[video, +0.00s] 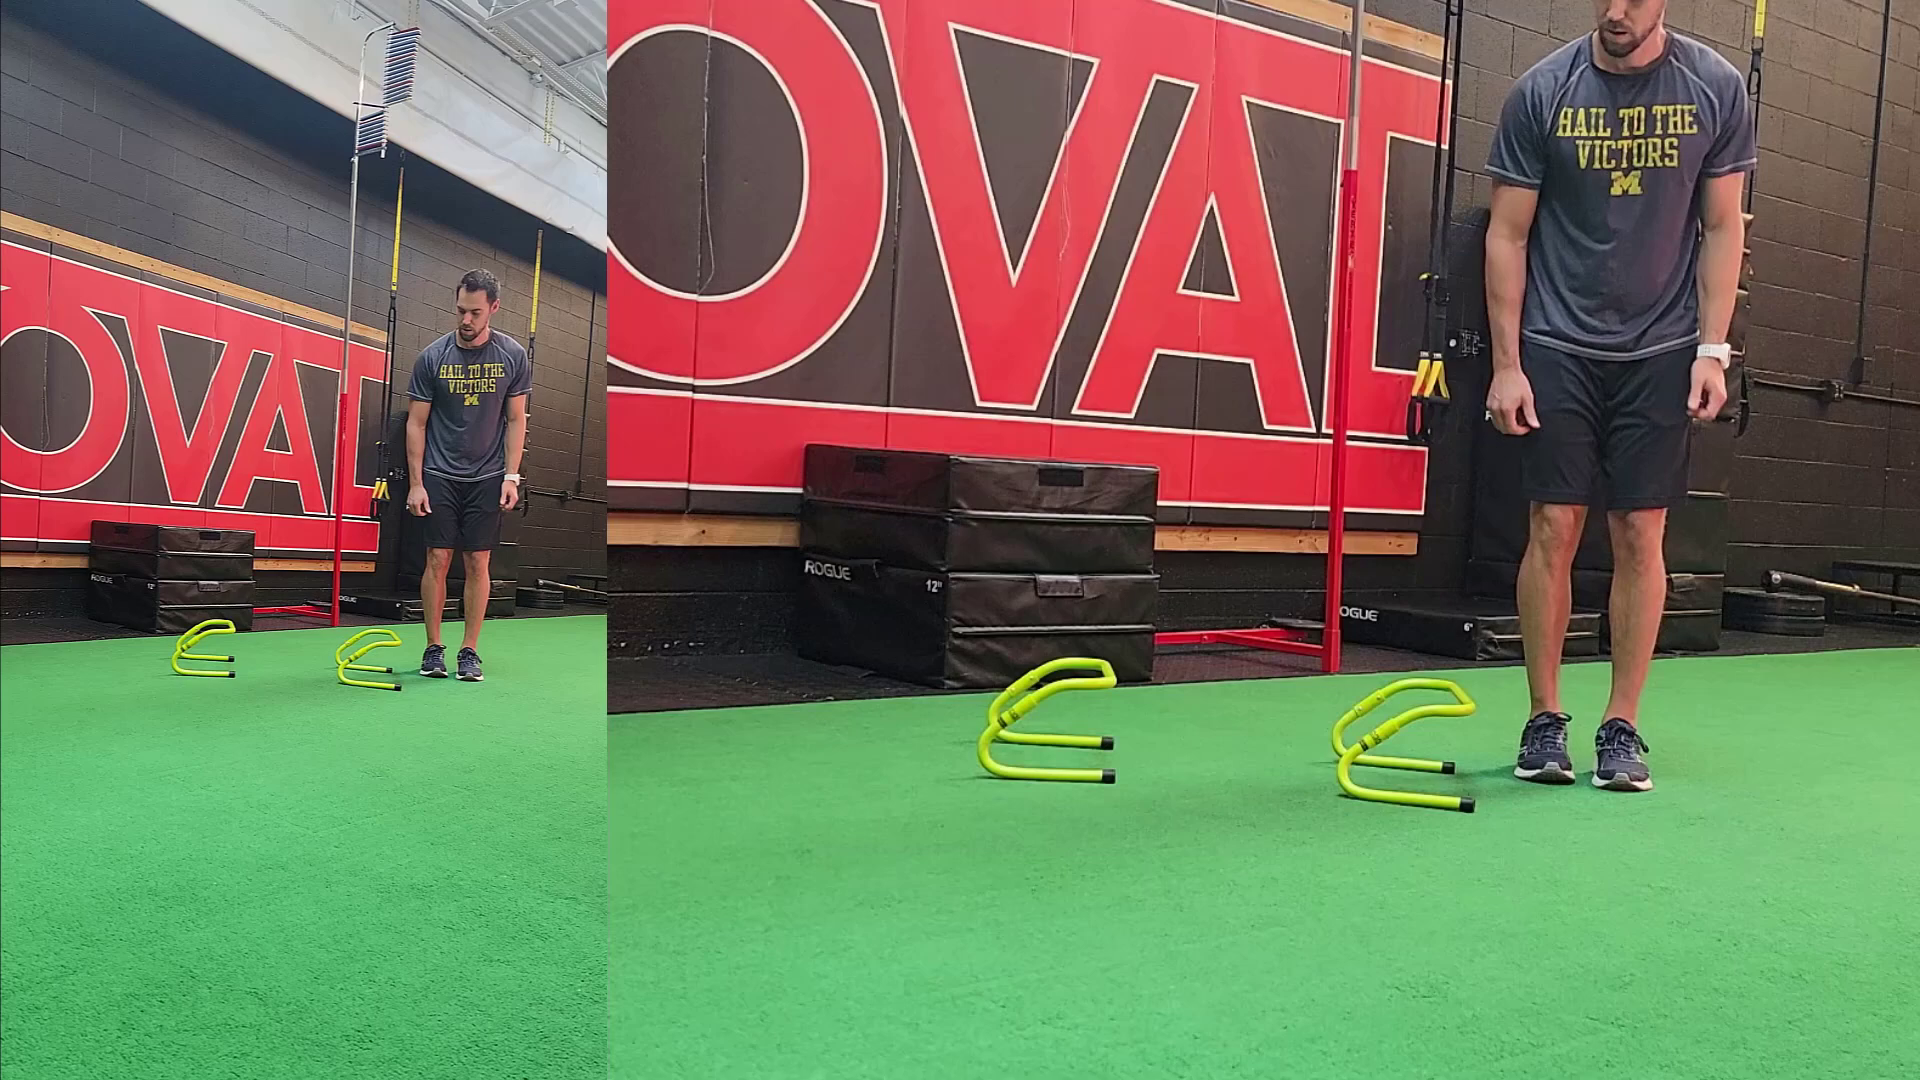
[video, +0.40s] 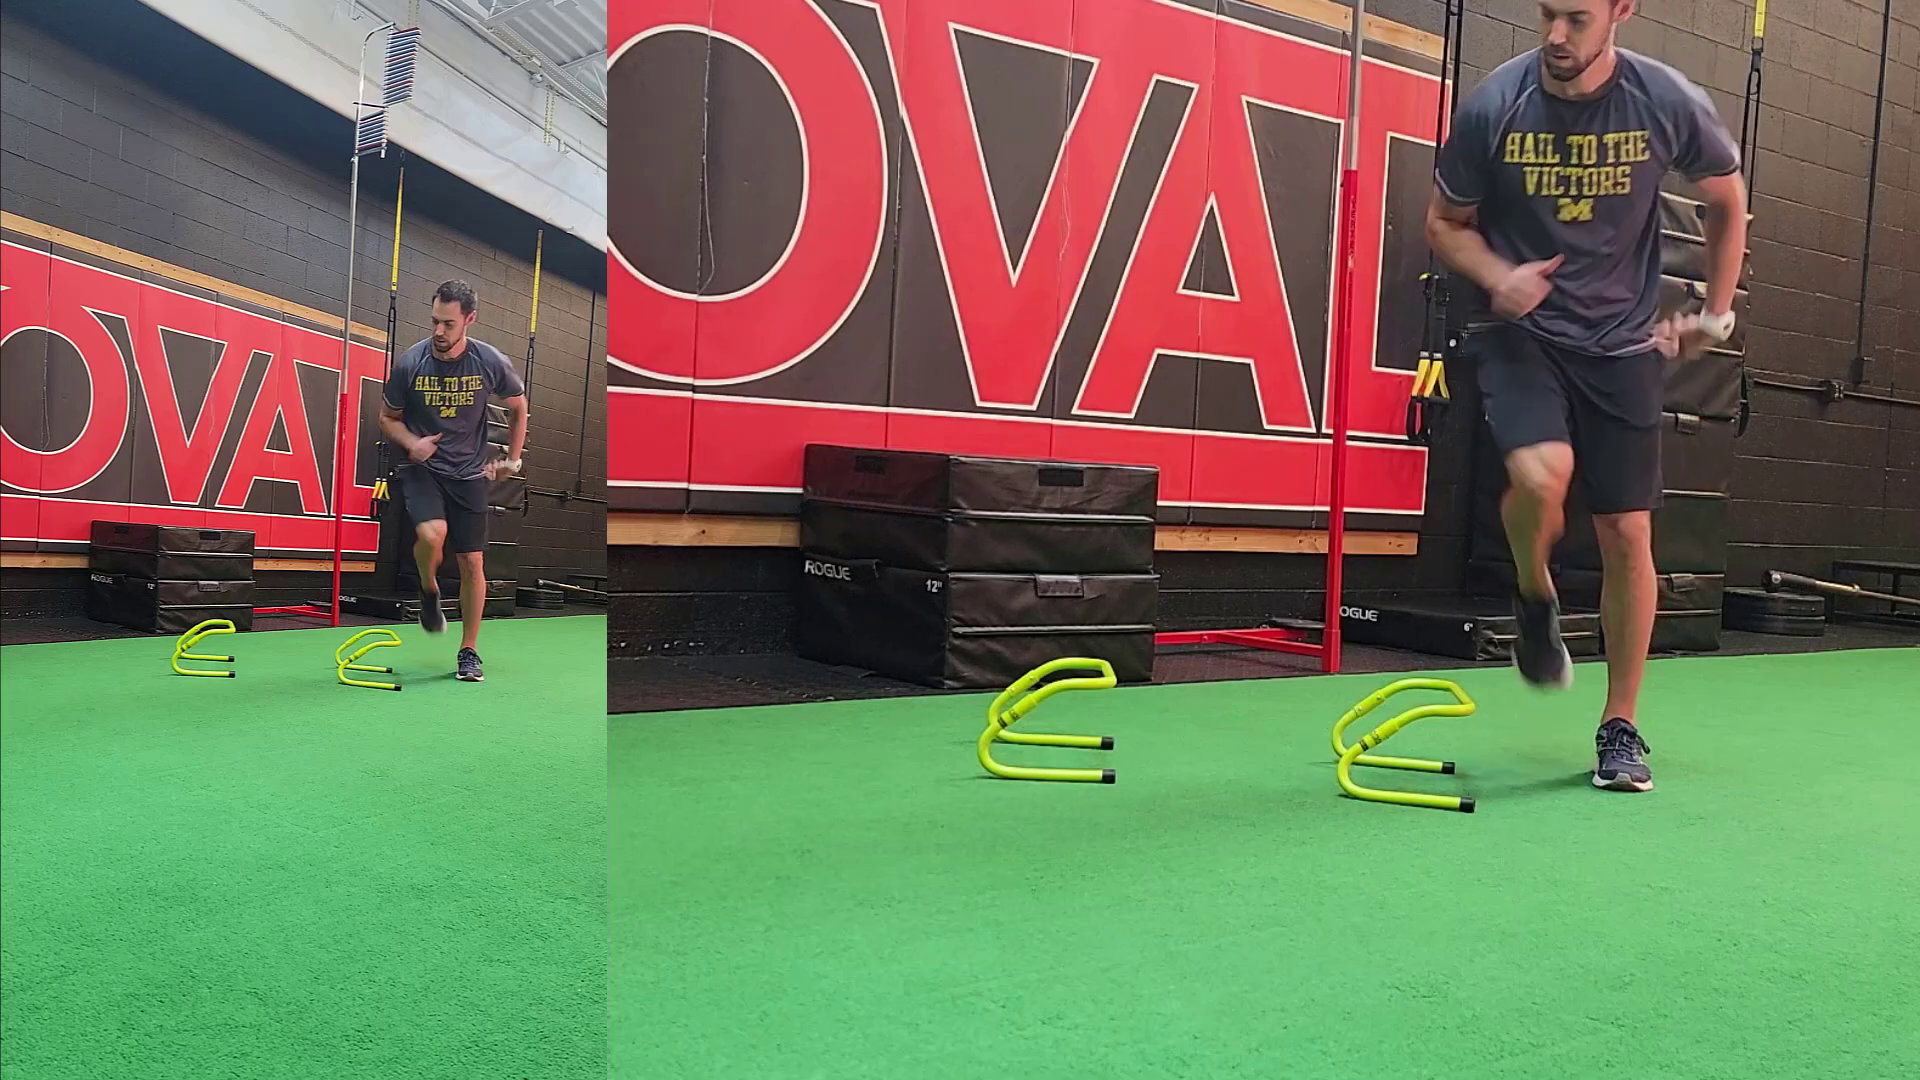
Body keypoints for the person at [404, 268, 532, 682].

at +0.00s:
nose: (466, 320)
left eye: (475, 312)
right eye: (461, 311)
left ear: (493, 308)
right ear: (455, 307)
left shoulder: (513, 357)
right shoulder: (432, 357)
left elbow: (517, 419)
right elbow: (416, 423)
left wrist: (511, 476)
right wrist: (415, 482)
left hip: (487, 477)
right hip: (439, 475)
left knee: (478, 561)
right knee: (438, 560)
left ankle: (470, 650)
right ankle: (433, 647)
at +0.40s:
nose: (439, 331)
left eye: (448, 323)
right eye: (435, 321)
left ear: (469, 320)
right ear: (430, 316)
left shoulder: (491, 363)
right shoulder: (409, 364)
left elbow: (518, 406)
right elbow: (387, 418)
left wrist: (513, 459)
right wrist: (411, 443)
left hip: (470, 473)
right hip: (422, 468)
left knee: (471, 560)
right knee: (432, 533)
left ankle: (468, 650)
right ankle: (430, 591)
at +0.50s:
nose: (427, 336)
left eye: (435, 328)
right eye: (422, 327)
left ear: (457, 326)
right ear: (417, 322)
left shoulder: (478, 374)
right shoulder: (397, 370)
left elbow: (494, 434)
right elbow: (377, 426)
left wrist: (500, 493)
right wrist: (372, 477)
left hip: (456, 474)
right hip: (406, 466)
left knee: (466, 564)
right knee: (408, 519)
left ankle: (468, 649)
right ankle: (398, 559)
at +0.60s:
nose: (408, 331)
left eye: (417, 324)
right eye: (404, 322)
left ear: (439, 321)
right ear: (398, 318)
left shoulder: (461, 369)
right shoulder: (379, 369)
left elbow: (473, 428)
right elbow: (350, 419)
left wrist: (464, 464)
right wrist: (336, 474)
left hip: (442, 472)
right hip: (390, 465)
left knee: (456, 562)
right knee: (368, 514)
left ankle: (467, 649)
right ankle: (350, 583)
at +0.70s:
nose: (384, 316)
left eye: (393, 309)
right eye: (379, 307)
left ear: (414, 305)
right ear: (374, 303)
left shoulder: (435, 351)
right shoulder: (353, 352)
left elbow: (455, 397)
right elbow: (327, 402)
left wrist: (436, 412)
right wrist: (321, 458)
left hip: (414, 463)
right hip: (360, 458)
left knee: (435, 546)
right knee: (337, 532)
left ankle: (460, 640)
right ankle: (304, 622)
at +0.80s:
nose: (362, 317)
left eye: (370, 310)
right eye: (357, 308)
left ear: (391, 307)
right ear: (352, 305)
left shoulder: (411, 353)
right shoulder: (327, 354)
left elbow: (421, 399)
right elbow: (308, 411)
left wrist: (423, 441)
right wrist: (304, 463)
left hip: (387, 456)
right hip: (335, 458)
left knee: (406, 531)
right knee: (319, 549)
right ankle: (300, 636)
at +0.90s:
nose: (338, 314)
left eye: (347, 307)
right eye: (333, 305)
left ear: (365, 305)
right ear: (326, 301)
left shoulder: (383, 352)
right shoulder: (303, 350)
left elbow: (404, 398)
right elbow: (280, 407)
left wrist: (407, 451)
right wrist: (296, 436)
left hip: (362, 454)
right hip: (312, 455)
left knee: (356, 503)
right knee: (302, 549)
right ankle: (298, 639)